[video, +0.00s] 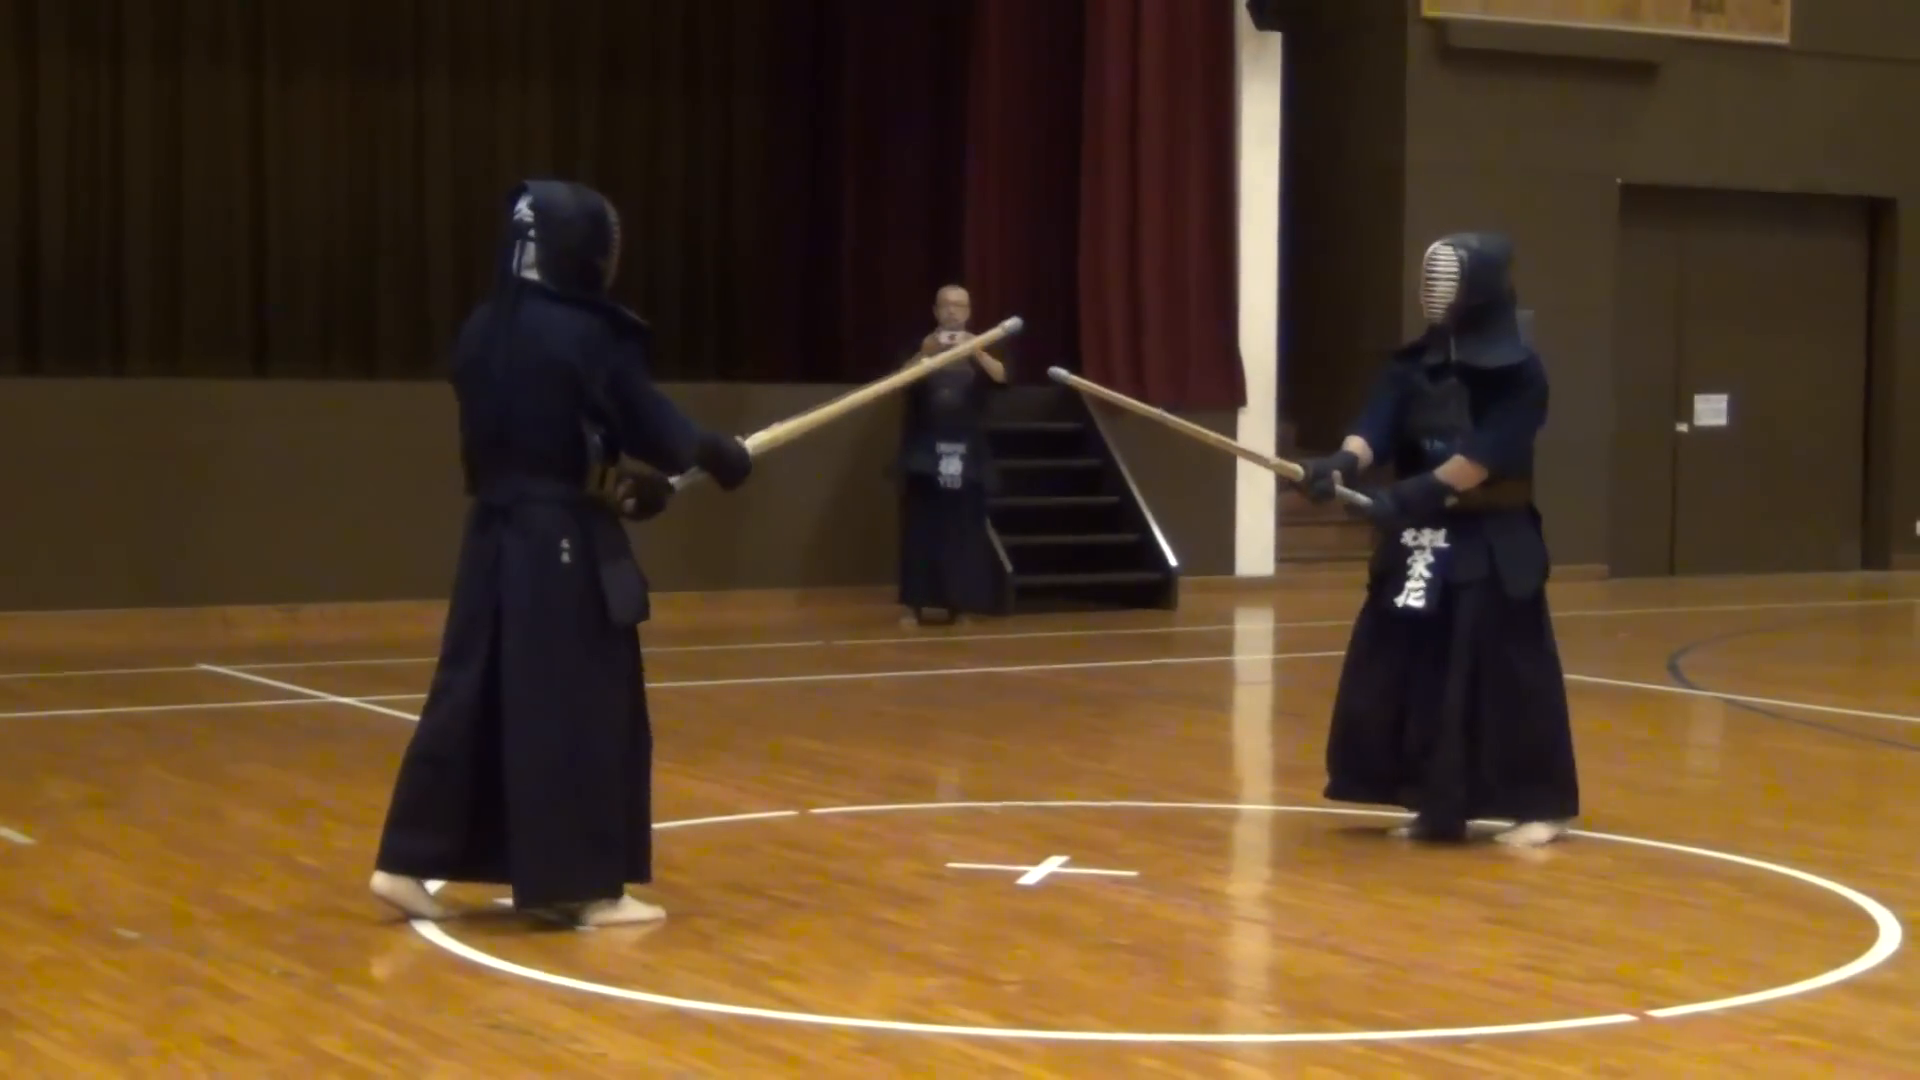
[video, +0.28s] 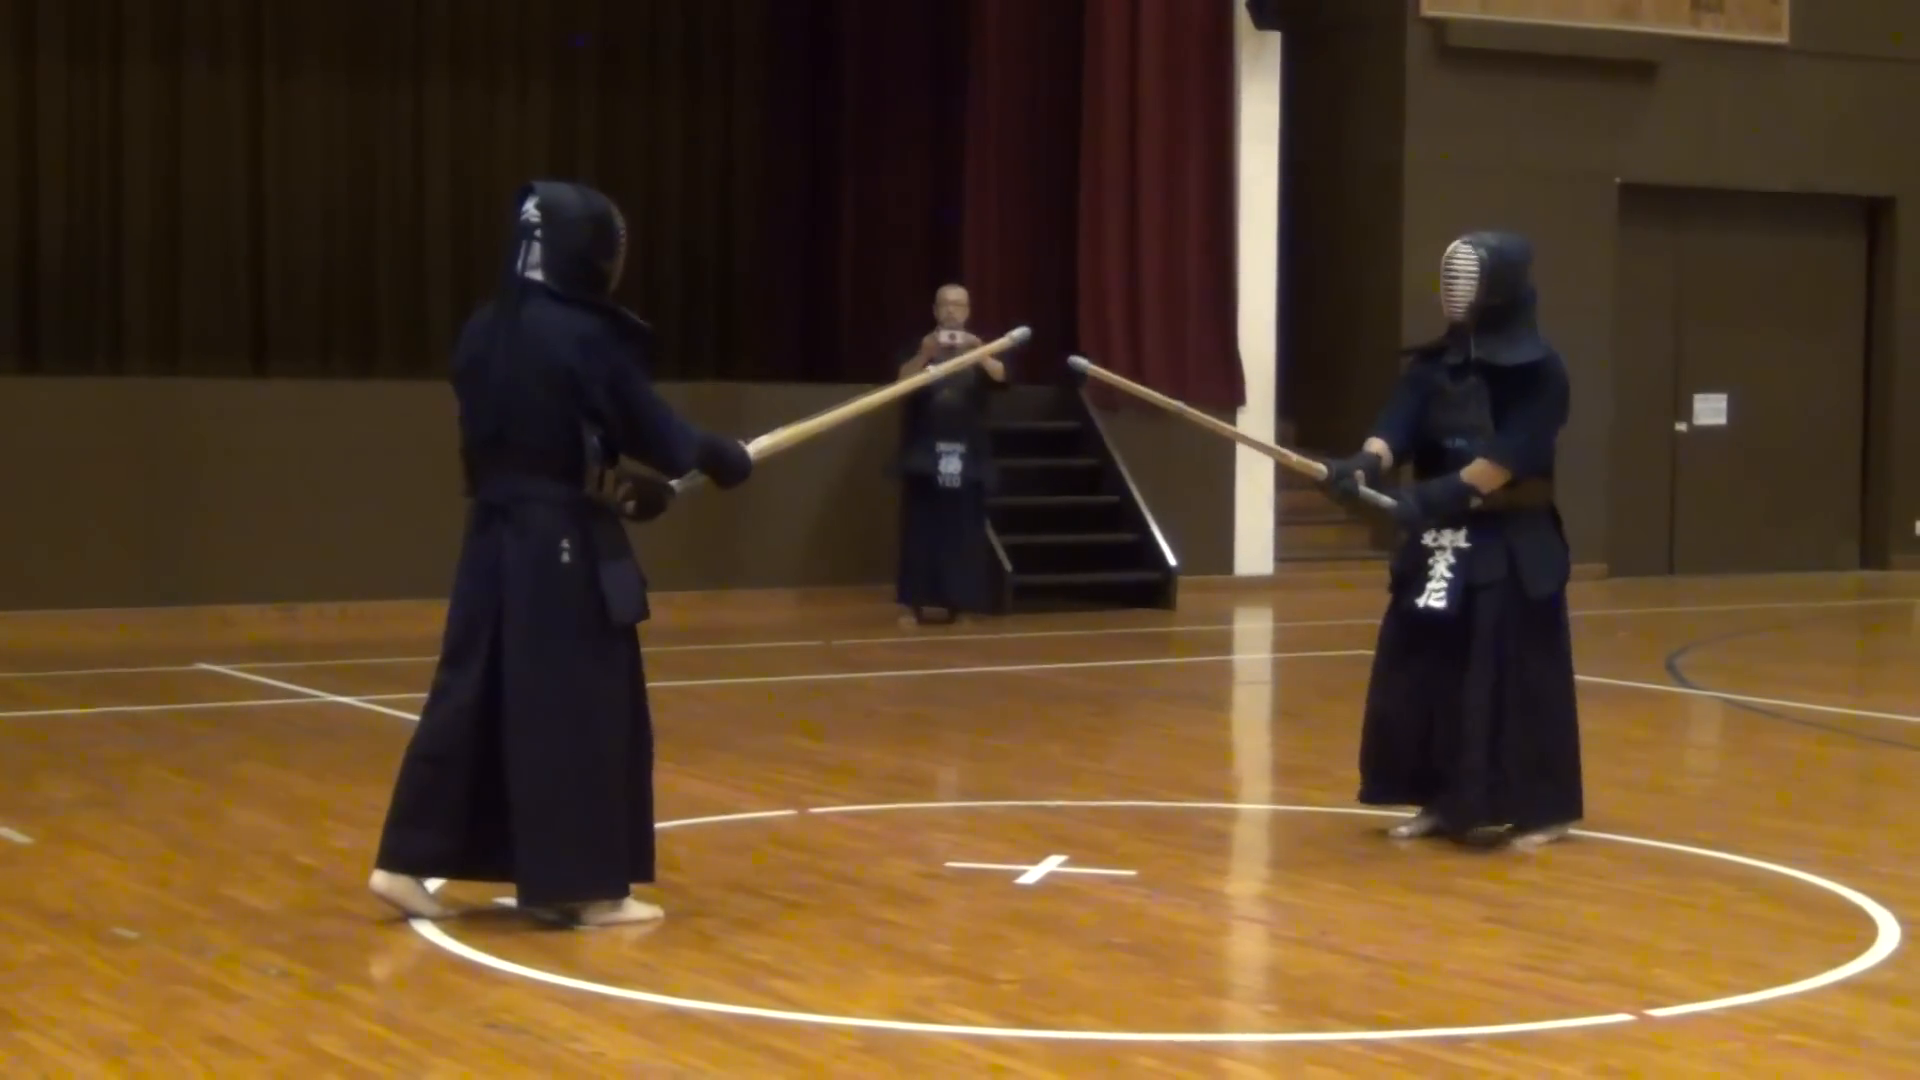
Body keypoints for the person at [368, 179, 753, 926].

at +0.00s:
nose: (612, 259)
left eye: (611, 246)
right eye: (606, 247)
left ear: (528, 248)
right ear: (581, 253)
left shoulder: (484, 329)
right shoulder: (590, 334)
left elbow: (518, 443)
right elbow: (649, 419)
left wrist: (611, 475)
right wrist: (714, 450)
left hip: (492, 537)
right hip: (563, 542)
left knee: (469, 694)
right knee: (584, 707)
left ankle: (406, 862)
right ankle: (585, 886)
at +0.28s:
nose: (620, 263)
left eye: (619, 249)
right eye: (613, 250)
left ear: (533, 250)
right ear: (587, 255)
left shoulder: (486, 330)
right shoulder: (588, 336)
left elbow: (512, 446)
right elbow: (651, 427)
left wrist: (608, 476)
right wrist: (719, 453)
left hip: (492, 538)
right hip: (563, 544)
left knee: (468, 695)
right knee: (584, 708)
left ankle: (405, 861)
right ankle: (584, 886)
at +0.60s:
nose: (603, 266)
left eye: (603, 251)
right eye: (597, 252)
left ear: (520, 251)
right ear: (571, 256)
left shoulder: (473, 329)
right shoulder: (569, 336)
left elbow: (512, 440)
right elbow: (634, 420)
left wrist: (599, 475)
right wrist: (707, 453)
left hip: (479, 539)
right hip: (547, 543)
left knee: (459, 694)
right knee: (572, 706)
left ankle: (389, 859)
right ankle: (573, 889)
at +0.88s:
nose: (575, 263)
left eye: (574, 249)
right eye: (569, 250)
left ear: (492, 251)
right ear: (547, 256)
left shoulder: (452, 329)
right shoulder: (550, 338)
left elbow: (484, 451)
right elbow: (613, 429)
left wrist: (576, 479)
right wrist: (677, 458)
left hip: (459, 542)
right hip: (526, 547)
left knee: (434, 699)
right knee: (550, 712)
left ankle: (369, 864)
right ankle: (554, 889)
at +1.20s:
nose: (558, 263)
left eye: (557, 249)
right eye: (553, 250)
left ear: (475, 250)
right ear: (534, 256)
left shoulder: (438, 329)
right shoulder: (545, 333)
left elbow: (467, 446)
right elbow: (628, 412)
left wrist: (564, 485)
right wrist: (681, 463)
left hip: (448, 541)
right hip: (519, 546)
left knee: (423, 700)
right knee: (542, 712)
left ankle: (354, 864)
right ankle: (551, 888)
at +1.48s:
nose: (569, 263)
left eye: (568, 249)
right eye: (564, 250)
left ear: (489, 248)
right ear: (541, 255)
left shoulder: (448, 329)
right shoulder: (548, 339)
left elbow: (486, 439)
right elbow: (619, 428)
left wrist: (571, 471)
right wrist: (688, 462)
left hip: (455, 538)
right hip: (524, 544)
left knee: (430, 700)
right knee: (542, 710)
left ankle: (370, 867)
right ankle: (545, 885)